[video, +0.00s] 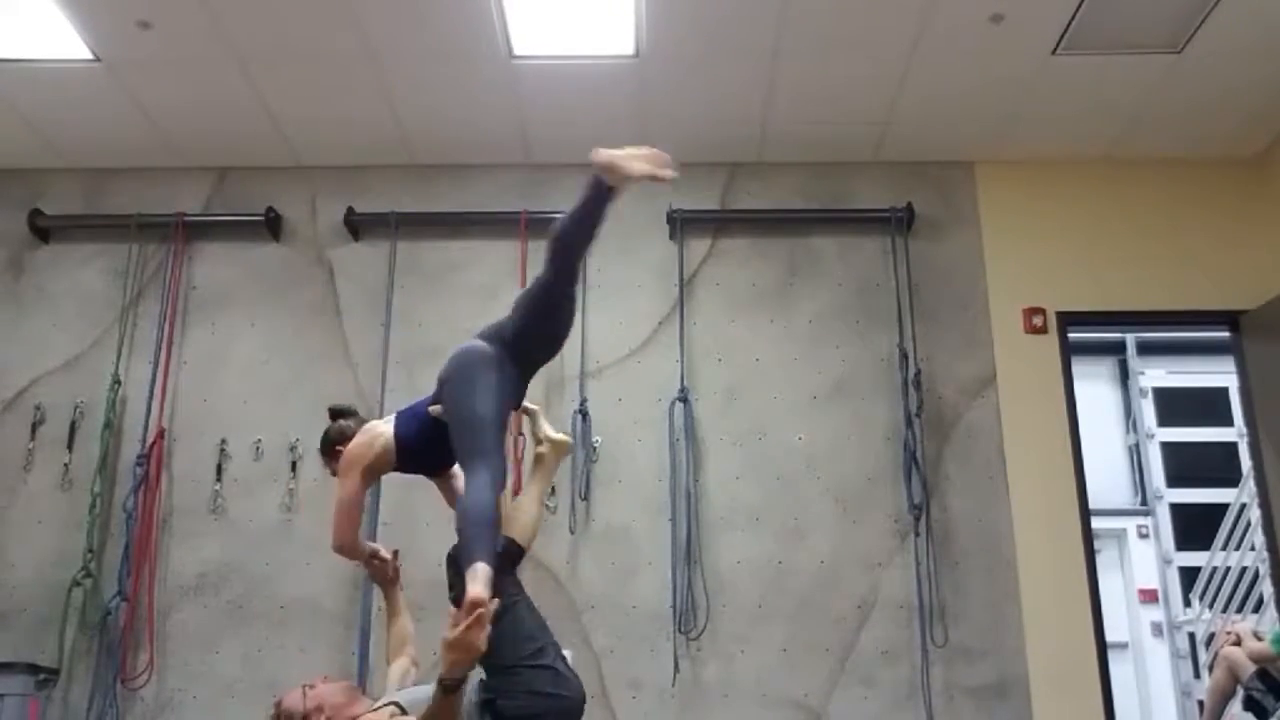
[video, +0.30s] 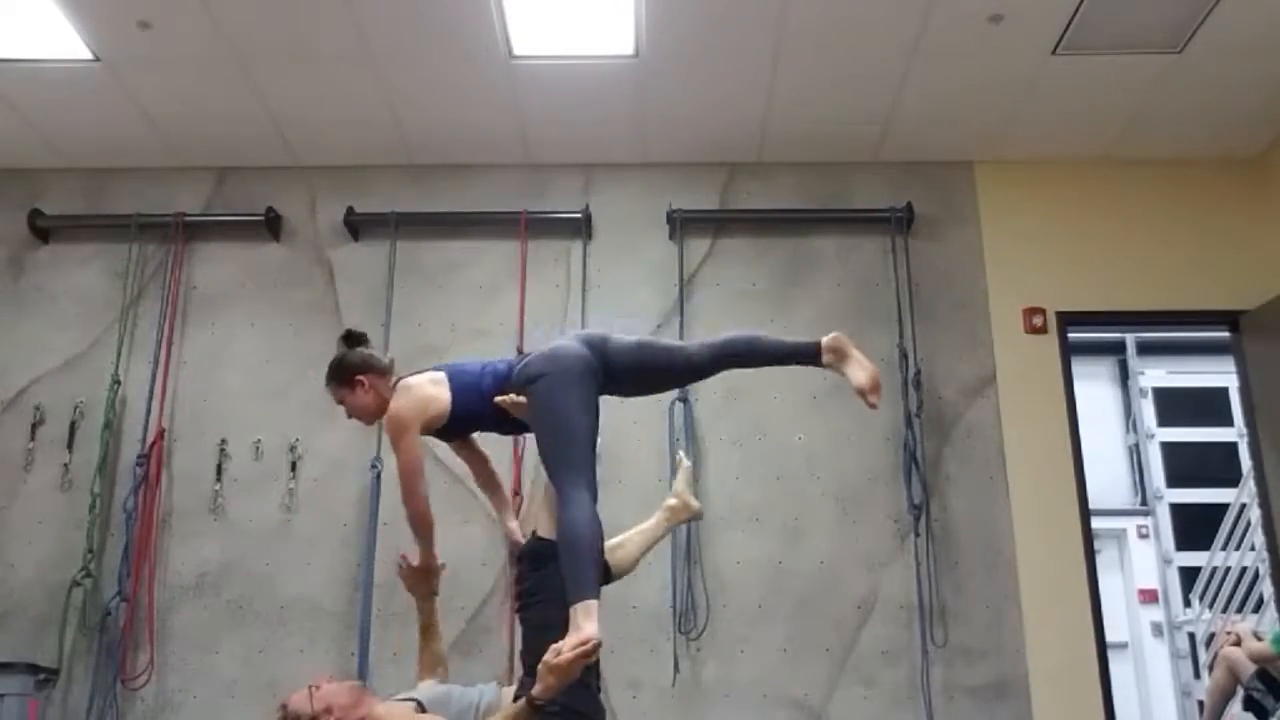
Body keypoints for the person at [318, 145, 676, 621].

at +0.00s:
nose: (341, 477)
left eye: (336, 468)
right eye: (337, 472)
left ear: (343, 451)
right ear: (360, 440)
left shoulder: (360, 449)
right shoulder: (432, 456)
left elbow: (343, 544)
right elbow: (465, 507)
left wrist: (372, 557)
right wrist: (492, 554)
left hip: (470, 368)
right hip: (515, 351)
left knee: (481, 476)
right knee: (561, 268)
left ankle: (478, 587)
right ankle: (606, 179)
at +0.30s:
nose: (351, 413)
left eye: (347, 402)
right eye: (345, 404)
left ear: (366, 384)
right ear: (379, 376)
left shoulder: (401, 411)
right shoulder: (431, 399)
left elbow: (413, 502)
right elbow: (483, 468)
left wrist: (428, 561)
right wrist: (509, 521)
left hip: (551, 378)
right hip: (578, 352)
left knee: (571, 491)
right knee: (697, 359)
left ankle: (583, 622)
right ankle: (829, 349)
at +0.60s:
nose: (327, 683)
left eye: (317, 683)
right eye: (317, 693)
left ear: (335, 686)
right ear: (327, 717)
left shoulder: (392, 705)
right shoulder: (387, 719)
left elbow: (491, 703)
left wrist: (523, 657)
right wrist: (549, 690)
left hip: (527, 688)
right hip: (543, 704)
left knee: (552, 569)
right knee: (538, 553)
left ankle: (701, 547)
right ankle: (541, 425)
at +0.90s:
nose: (344, 665)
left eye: (331, 667)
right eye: (331, 676)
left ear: (339, 698)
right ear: (331, 707)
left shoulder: (392, 706)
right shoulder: (386, 712)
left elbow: (491, 706)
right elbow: (490, 717)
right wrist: (540, 694)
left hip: (528, 696)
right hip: (549, 709)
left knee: (520, 565)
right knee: (520, 564)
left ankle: (599, 510)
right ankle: (599, 507)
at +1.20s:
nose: (337, 666)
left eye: (324, 669)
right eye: (325, 679)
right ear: (330, 712)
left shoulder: (388, 707)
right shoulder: (387, 716)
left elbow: (478, 709)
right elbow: (481, 717)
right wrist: (513, 694)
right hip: (546, 706)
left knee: (486, 583)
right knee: (474, 575)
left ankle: (555, 506)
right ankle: (502, 446)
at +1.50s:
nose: (335, 670)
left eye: (324, 672)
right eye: (324, 682)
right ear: (331, 712)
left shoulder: (394, 706)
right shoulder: (384, 716)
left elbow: (472, 712)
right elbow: (475, 717)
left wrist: (484, 692)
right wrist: (485, 693)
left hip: (573, 704)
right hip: (546, 706)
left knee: (513, 577)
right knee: (460, 581)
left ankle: (557, 466)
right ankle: (487, 457)